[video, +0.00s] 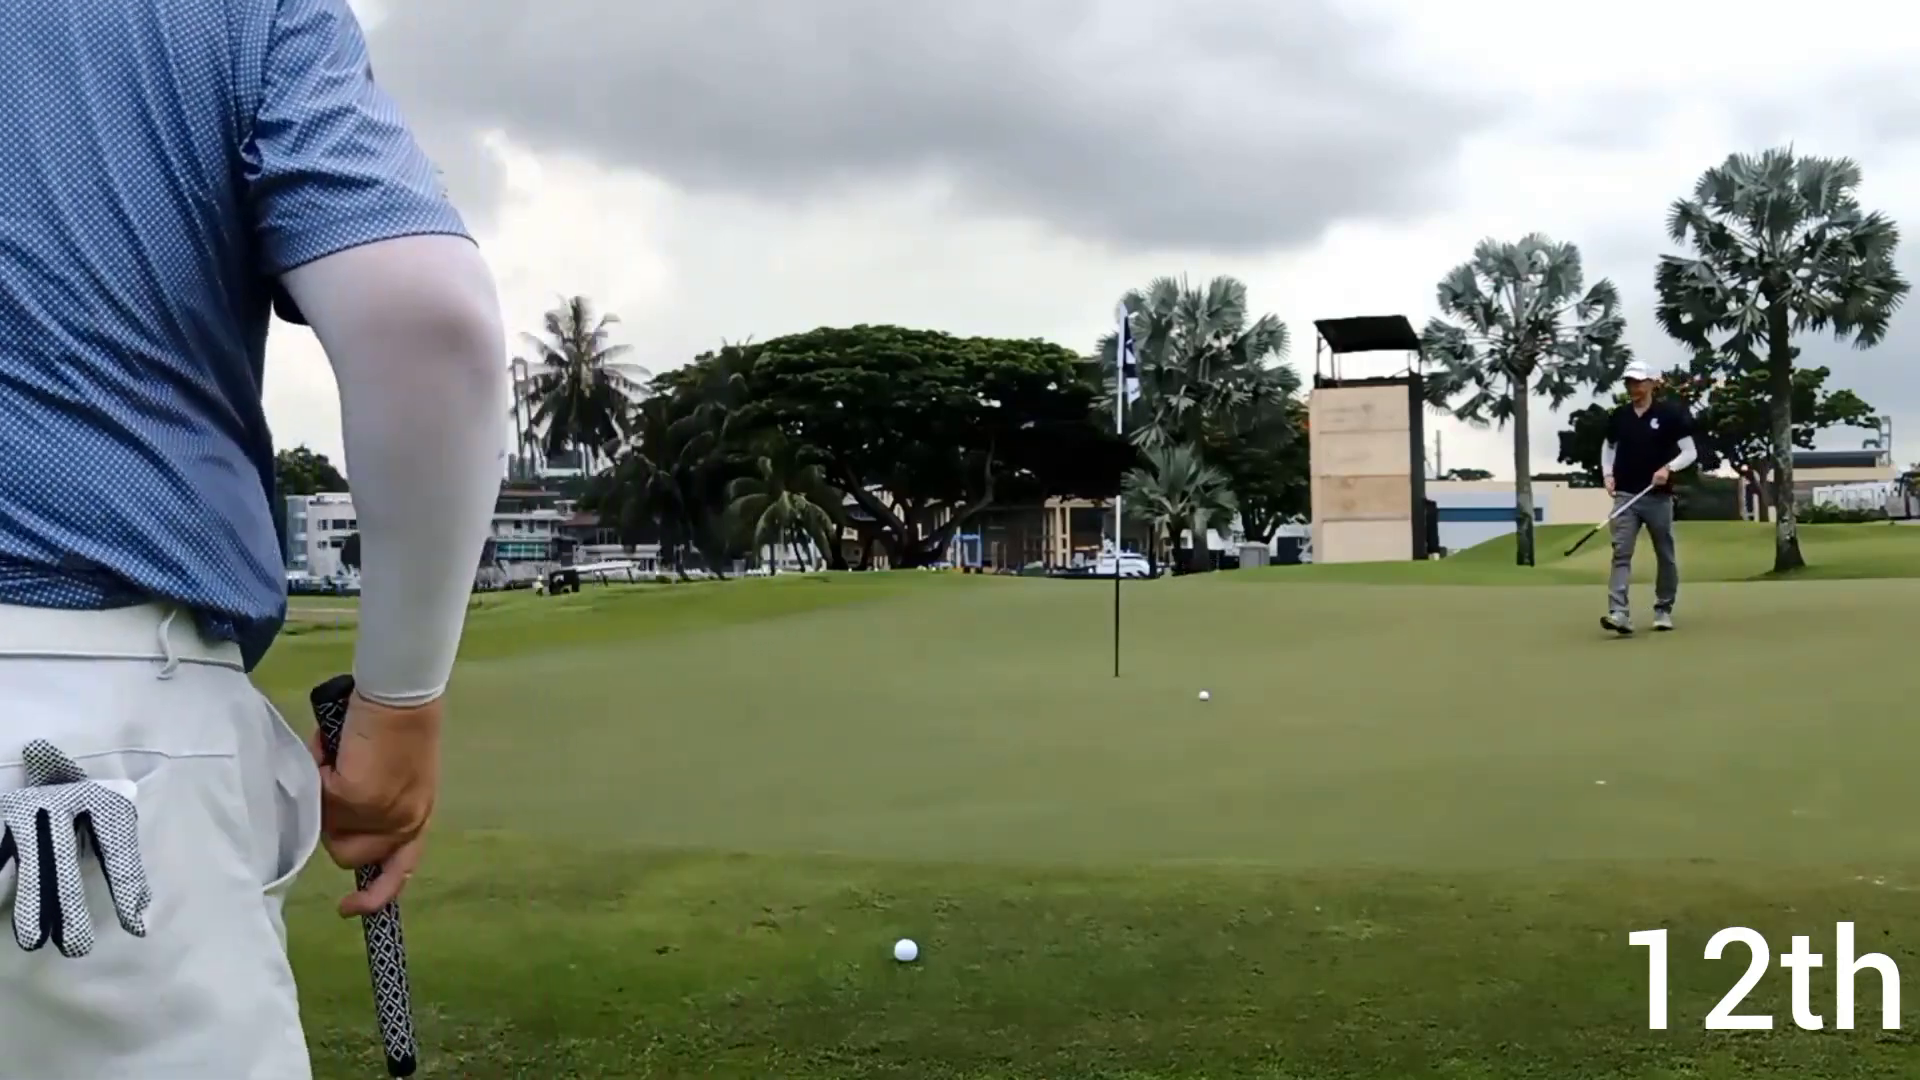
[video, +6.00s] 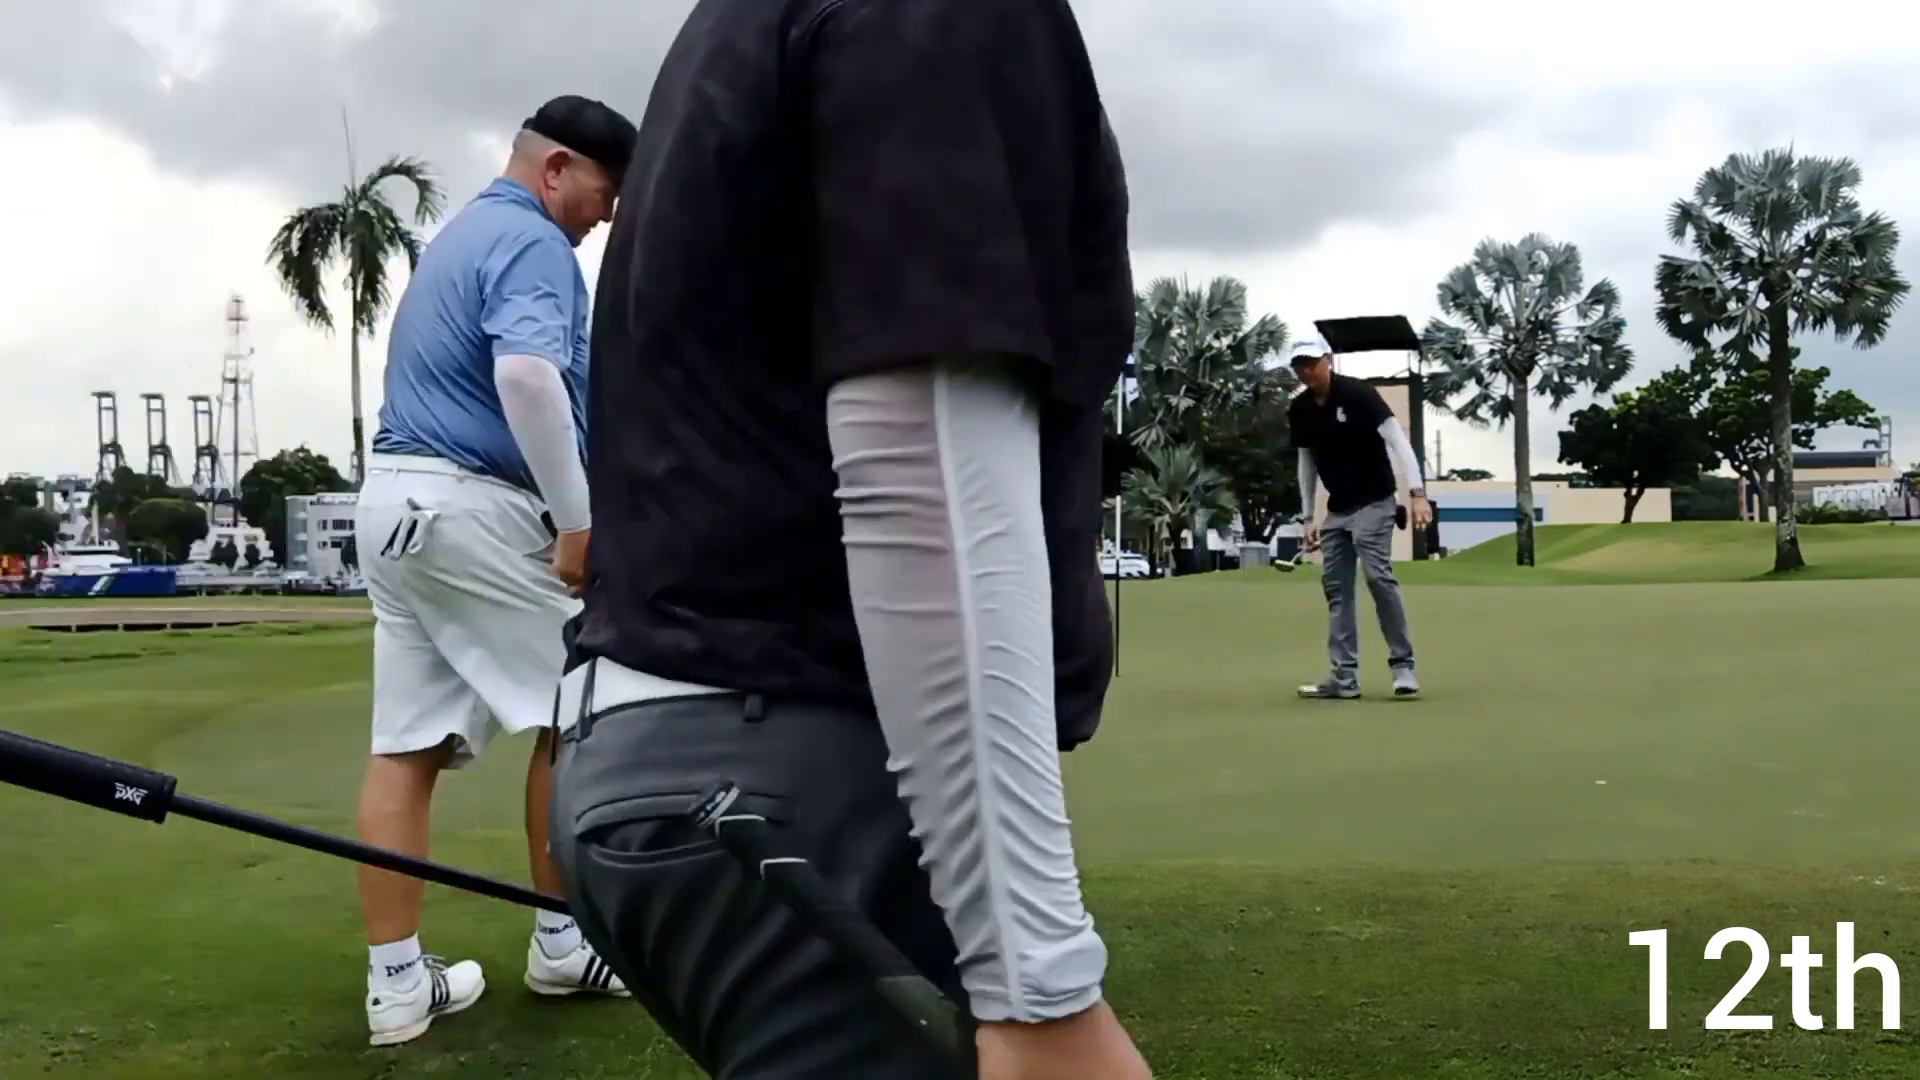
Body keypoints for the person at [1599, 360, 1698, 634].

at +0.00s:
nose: (1633, 388)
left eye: (1638, 382)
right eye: (1629, 383)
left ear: (1651, 384)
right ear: (1626, 385)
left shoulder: (1670, 415)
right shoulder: (1619, 417)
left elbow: (1690, 451)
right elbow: (1608, 449)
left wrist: (1668, 468)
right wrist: (1608, 474)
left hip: (1657, 496)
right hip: (1625, 495)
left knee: (1665, 555)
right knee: (1620, 553)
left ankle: (1663, 609)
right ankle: (1619, 612)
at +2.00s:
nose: (1508, 376)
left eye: (1514, 369)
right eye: (1505, 370)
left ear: (1532, 367)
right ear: (1504, 371)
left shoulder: (1556, 402)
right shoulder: (1501, 407)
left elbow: (1580, 450)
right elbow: (1492, 455)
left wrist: (1551, 466)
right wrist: (1482, 500)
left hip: (1544, 507)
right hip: (1504, 505)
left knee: (1551, 577)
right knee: (1495, 565)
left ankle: (1552, 647)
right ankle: (1516, 640)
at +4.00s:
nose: (1230, 503)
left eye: (1226, 497)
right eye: (1224, 500)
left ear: (1237, 481)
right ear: (1240, 476)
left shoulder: (1261, 493)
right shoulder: (1274, 471)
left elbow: (1263, 564)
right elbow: (1344, 473)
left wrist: (1248, 626)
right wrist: (1374, 499)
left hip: (1359, 521)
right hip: (1375, 515)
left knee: (1303, 588)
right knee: (1328, 592)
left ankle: (1302, 682)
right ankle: (1345, 678)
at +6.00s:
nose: (1306, 371)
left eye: (1312, 362)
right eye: (1299, 365)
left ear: (1328, 360)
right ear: (1294, 370)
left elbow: (1398, 442)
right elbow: (1306, 466)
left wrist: (1416, 493)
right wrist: (1308, 518)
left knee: (1377, 577)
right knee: (1336, 589)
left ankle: (1403, 667)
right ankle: (1344, 677)